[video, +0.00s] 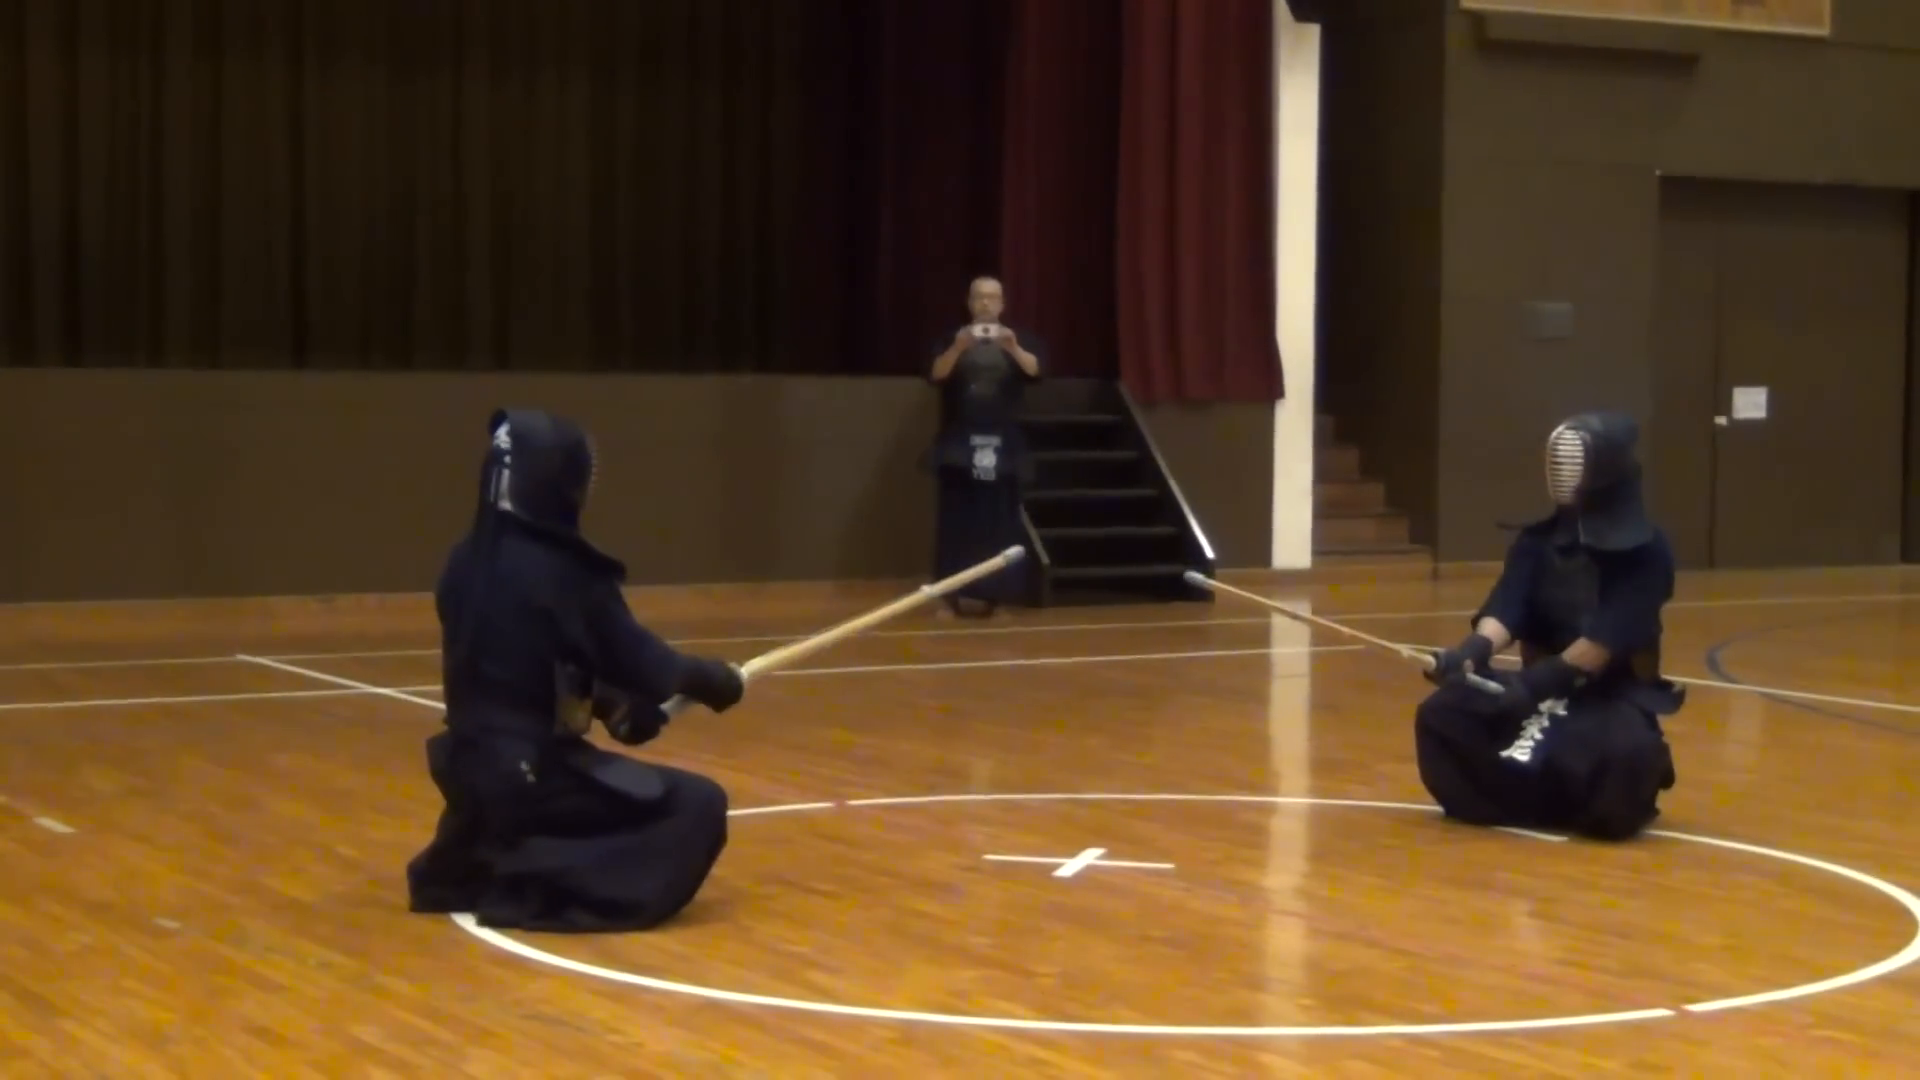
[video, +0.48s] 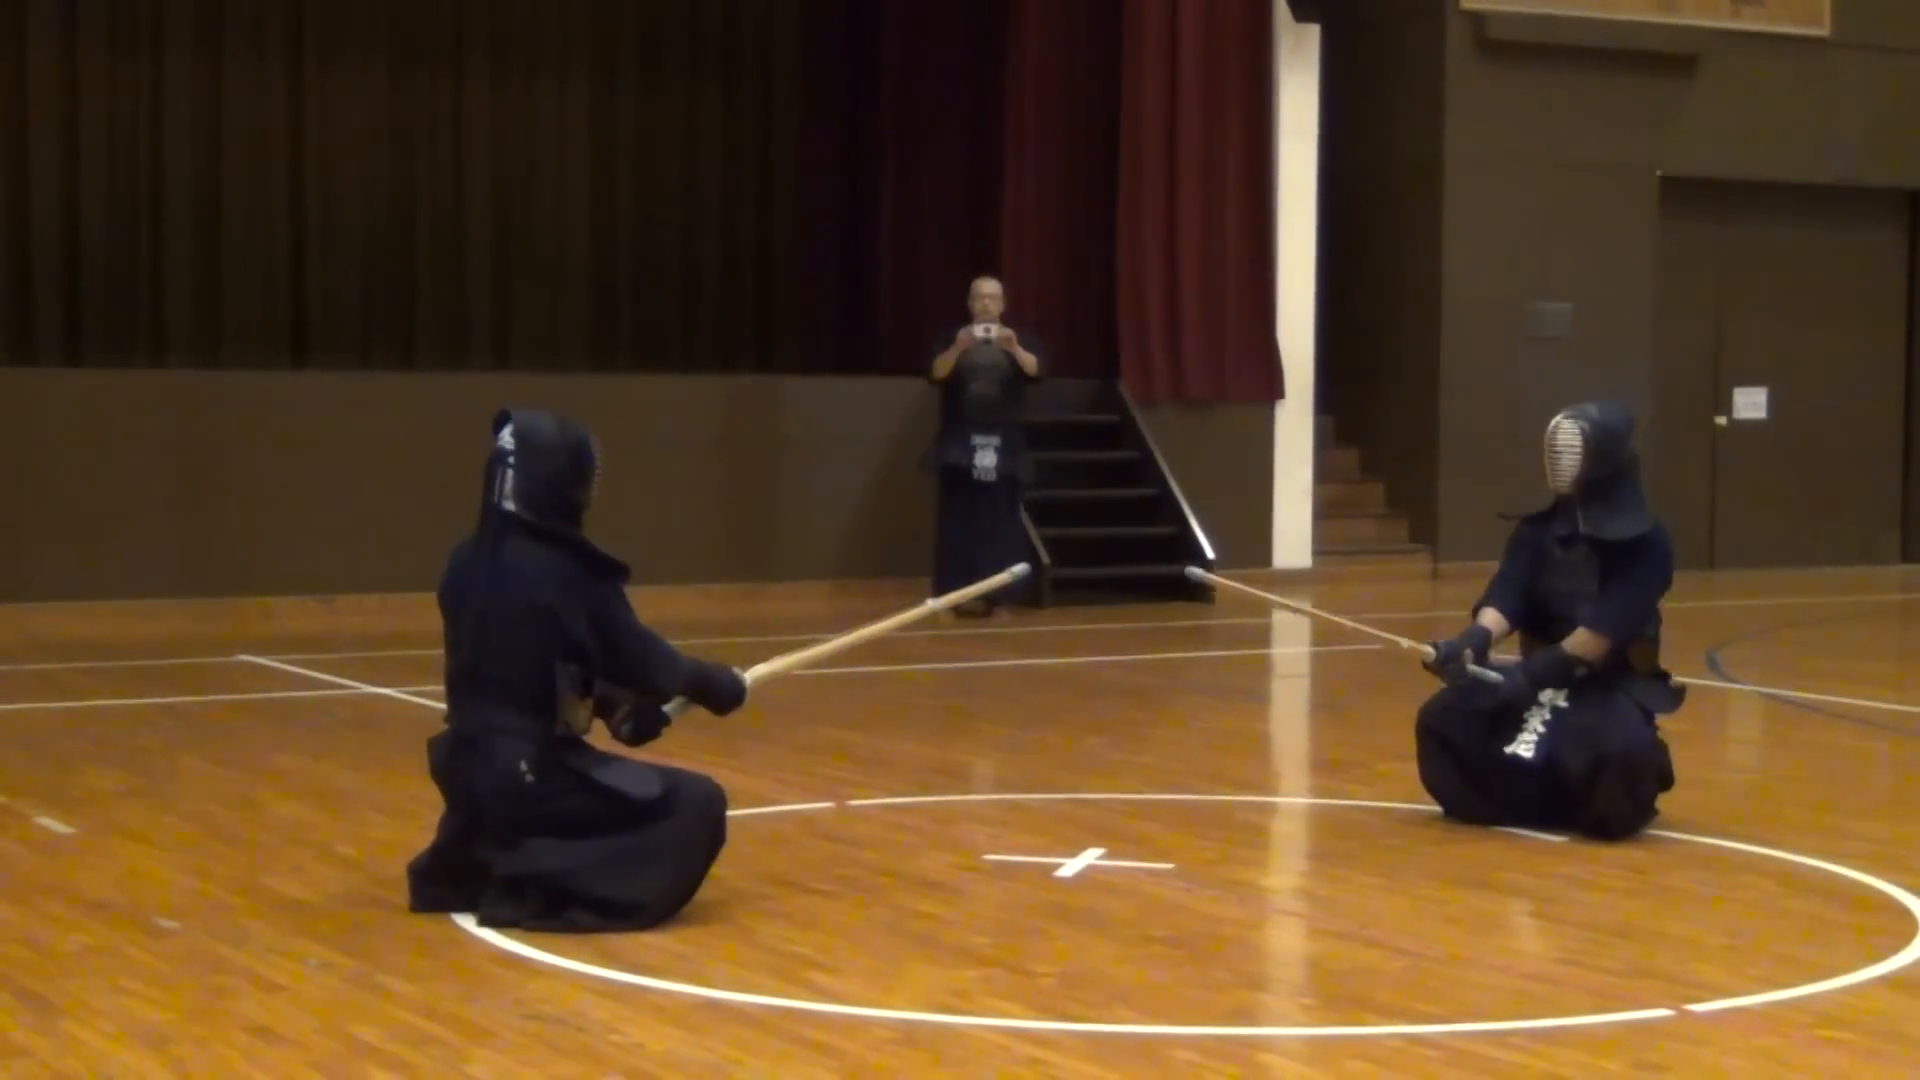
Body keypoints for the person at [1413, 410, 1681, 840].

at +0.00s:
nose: (1560, 474)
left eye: (1574, 462)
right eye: (1556, 462)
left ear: (1607, 469)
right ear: (1549, 465)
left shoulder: (1642, 551)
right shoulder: (1537, 540)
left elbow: (1602, 645)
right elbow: (1506, 610)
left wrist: (1530, 688)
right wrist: (1470, 652)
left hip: (1610, 702)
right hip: (1533, 687)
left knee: (1626, 755)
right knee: (1442, 716)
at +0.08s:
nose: (1560, 474)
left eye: (1574, 463)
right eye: (1556, 462)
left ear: (1607, 470)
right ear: (1549, 465)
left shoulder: (1643, 551)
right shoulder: (1537, 541)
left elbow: (1601, 647)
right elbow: (1506, 613)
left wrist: (1530, 688)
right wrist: (1470, 653)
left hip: (1611, 701)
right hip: (1534, 686)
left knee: (1628, 755)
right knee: (1443, 716)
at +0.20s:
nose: (1560, 471)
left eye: (1574, 460)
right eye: (1556, 460)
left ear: (1607, 468)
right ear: (1549, 463)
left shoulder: (1642, 550)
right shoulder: (1538, 540)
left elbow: (1603, 645)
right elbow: (1508, 609)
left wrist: (1531, 688)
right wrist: (1472, 651)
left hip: (1611, 701)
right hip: (1536, 686)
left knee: (1626, 755)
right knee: (1443, 715)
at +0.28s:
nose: (1559, 471)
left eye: (1573, 461)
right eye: (1556, 460)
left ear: (1607, 468)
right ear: (1549, 463)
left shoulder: (1643, 551)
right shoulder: (1539, 541)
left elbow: (1601, 648)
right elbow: (1508, 611)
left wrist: (1530, 689)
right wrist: (1470, 653)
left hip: (1612, 702)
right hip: (1536, 687)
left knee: (1627, 756)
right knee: (1444, 717)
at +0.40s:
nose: (1558, 467)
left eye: (1572, 456)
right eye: (1555, 456)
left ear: (1606, 465)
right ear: (1548, 460)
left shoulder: (1641, 547)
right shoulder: (1537, 537)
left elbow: (1600, 644)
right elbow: (1506, 608)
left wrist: (1528, 686)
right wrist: (1468, 651)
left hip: (1609, 698)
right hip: (1532, 685)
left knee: (1622, 753)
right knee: (1442, 719)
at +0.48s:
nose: (1558, 458)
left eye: (1573, 448)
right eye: (1555, 447)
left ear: (1606, 457)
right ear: (1547, 451)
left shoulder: (1642, 542)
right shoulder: (1536, 531)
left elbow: (1599, 638)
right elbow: (1506, 599)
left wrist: (1523, 678)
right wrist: (1470, 642)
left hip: (1608, 689)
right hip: (1532, 675)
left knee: (1622, 752)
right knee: (1442, 722)